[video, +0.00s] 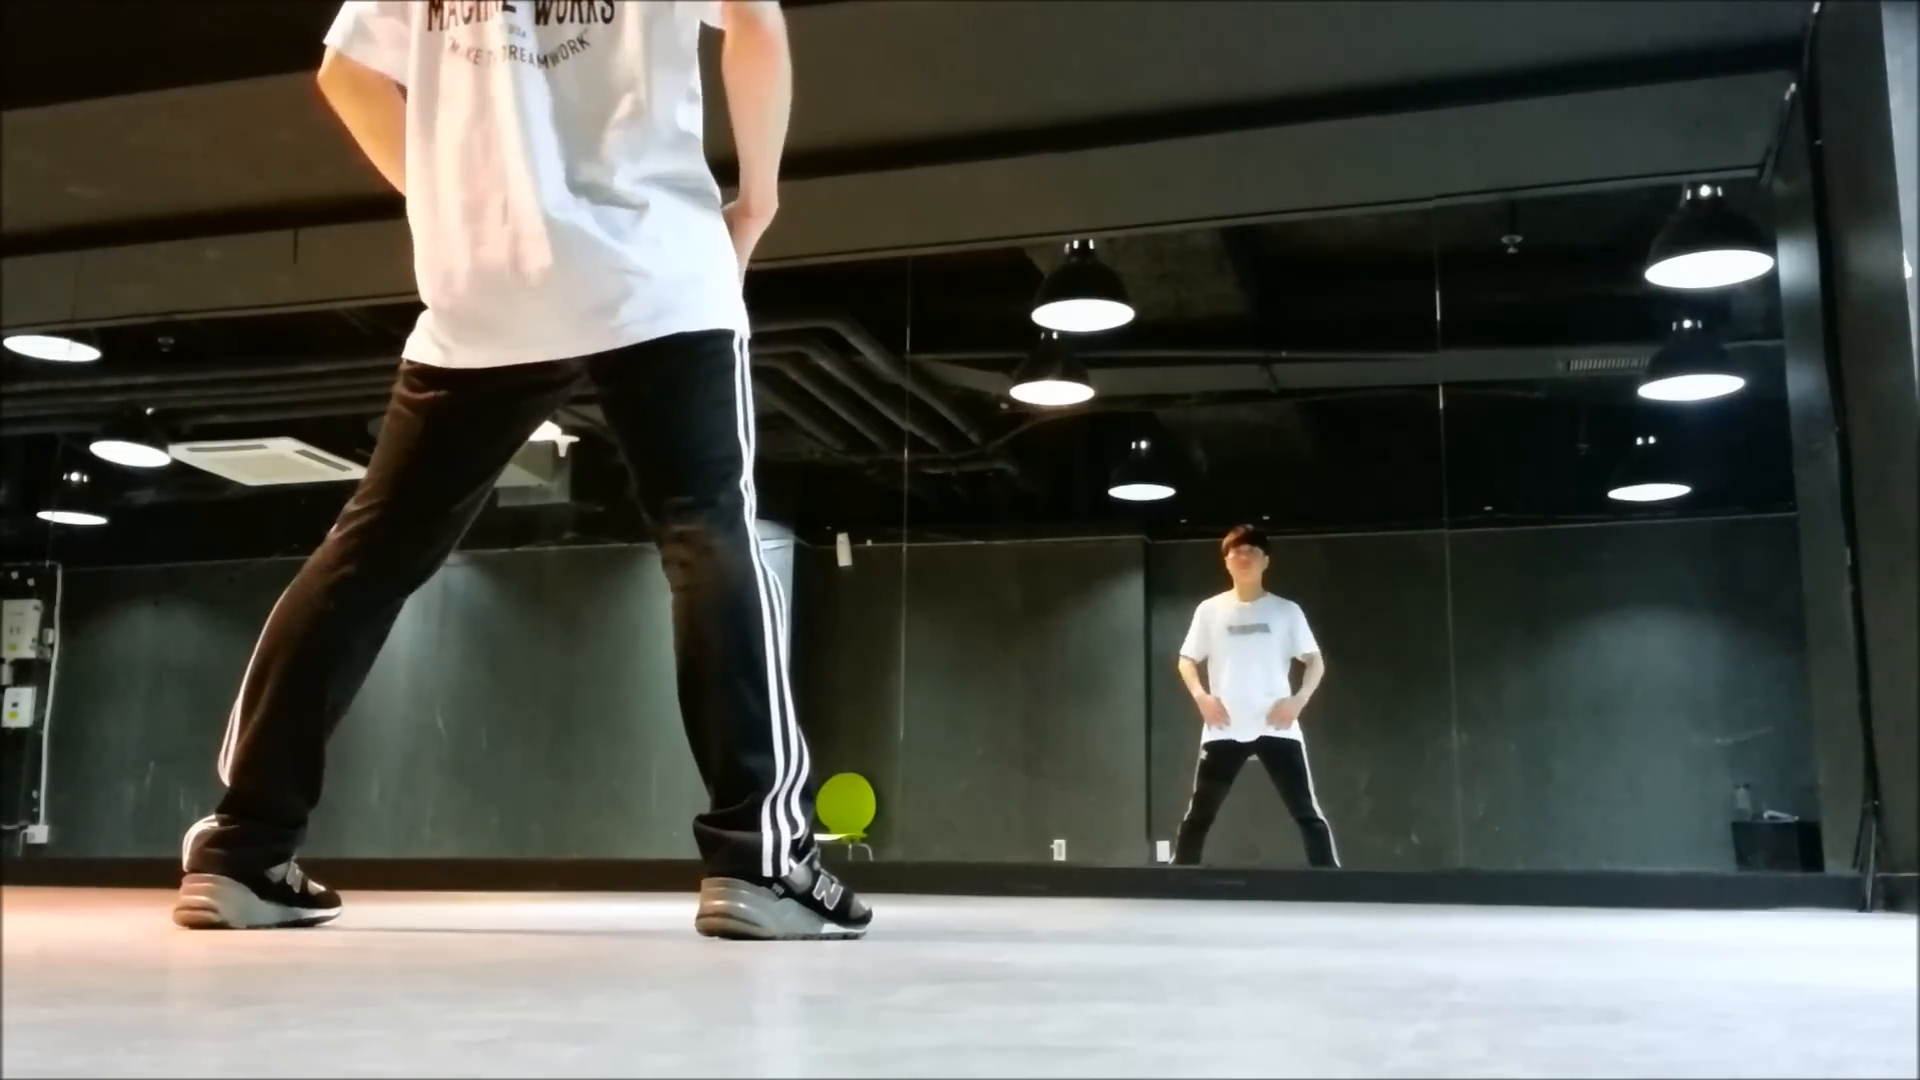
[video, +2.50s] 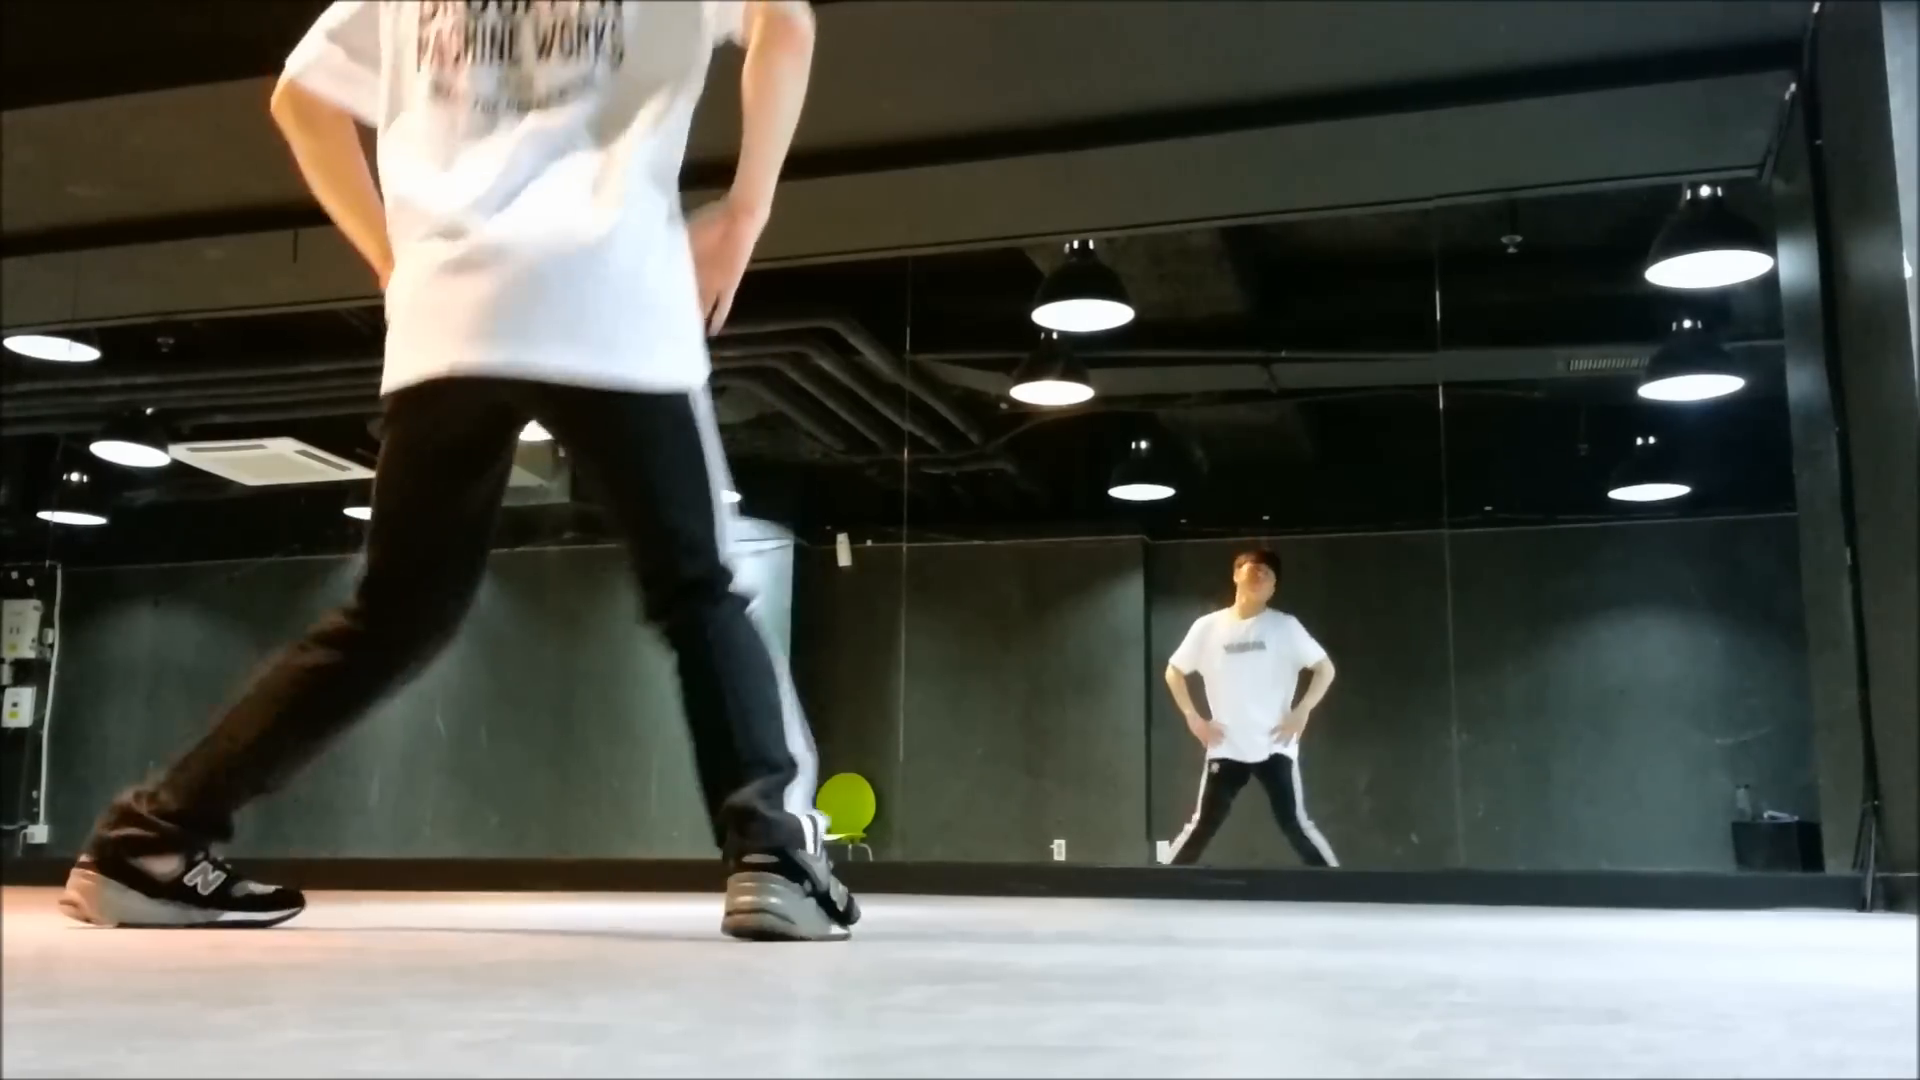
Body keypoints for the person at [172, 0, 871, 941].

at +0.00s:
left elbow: (350, 69)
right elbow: (754, 22)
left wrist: (458, 198)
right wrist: (758, 190)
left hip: (482, 254)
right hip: (655, 251)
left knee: (370, 551)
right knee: (710, 539)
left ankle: (238, 848)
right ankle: (760, 856)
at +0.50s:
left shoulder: (462, 11)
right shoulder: (695, 4)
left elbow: (368, 121)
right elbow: (801, 48)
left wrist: (460, 261)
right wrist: (774, 238)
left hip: (486, 308)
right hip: (647, 305)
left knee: (436, 618)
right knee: (717, 605)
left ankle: (197, 836)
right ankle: (815, 855)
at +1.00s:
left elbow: (342, 89)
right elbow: (790, 21)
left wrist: (451, 220)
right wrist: (761, 193)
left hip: (500, 289)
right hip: (668, 275)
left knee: (402, 567)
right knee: (791, 534)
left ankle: (313, 839)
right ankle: (724, 844)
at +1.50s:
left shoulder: (441, 9)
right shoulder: (689, 2)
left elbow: (338, 123)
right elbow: (779, 35)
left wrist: (430, 262)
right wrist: (745, 223)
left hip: (463, 297)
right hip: (633, 296)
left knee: (422, 604)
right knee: (709, 591)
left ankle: (175, 837)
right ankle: (773, 857)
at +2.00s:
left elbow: (306, 92)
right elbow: (766, 11)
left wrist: (431, 216)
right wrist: (746, 174)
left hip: (485, 280)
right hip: (654, 267)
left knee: (386, 549)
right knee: (761, 515)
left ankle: (307, 840)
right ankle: (706, 843)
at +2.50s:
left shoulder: (404, 1)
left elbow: (304, 98)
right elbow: (784, 24)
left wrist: (399, 259)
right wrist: (746, 214)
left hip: (447, 289)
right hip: (615, 287)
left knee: (397, 613)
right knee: (697, 591)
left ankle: (146, 842)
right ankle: (777, 860)